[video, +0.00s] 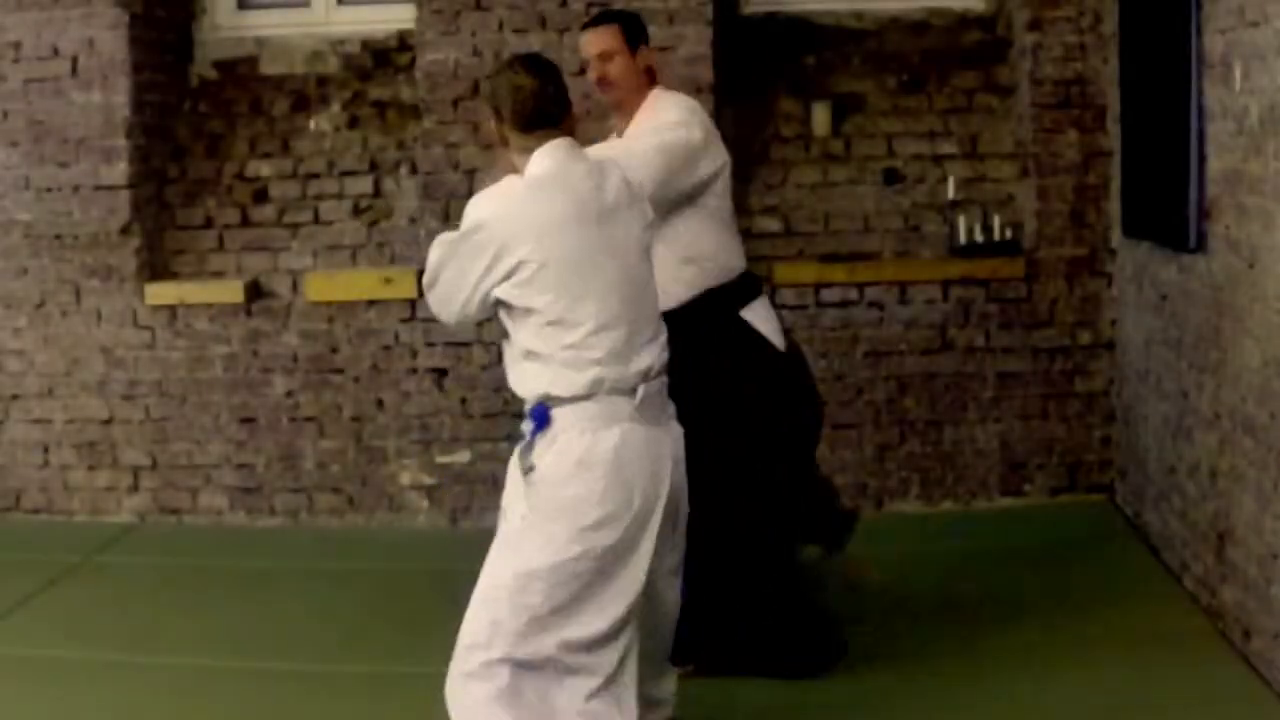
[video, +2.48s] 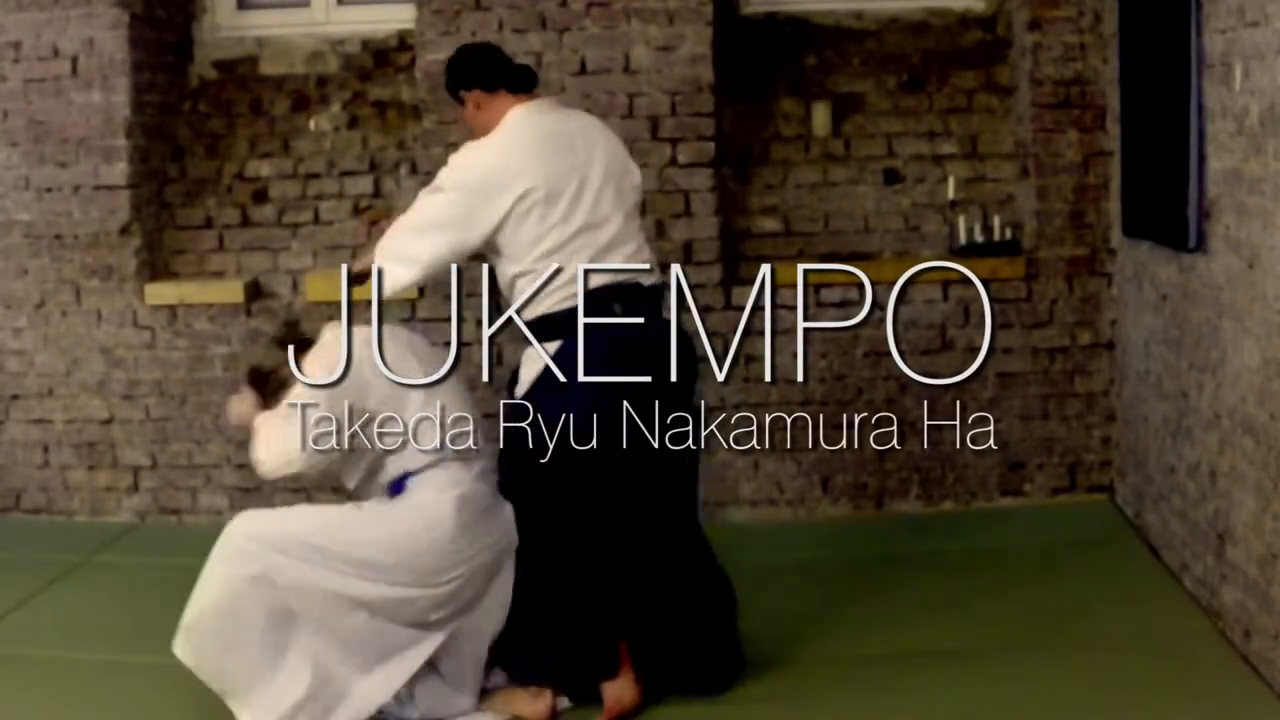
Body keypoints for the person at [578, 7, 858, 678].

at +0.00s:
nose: (596, 75)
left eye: (607, 59)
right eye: (588, 65)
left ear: (645, 59)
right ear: (590, 76)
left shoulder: (676, 120)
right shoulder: (625, 136)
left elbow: (618, 188)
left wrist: (545, 172)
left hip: (723, 332)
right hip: (676, 334)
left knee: (734, 501)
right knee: (706, 499)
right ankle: (718, 640)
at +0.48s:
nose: (593, 92)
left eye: (597, 74)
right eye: (587, 78)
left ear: (637, 58)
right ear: (642, 61)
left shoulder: (669, 124)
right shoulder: (695, 114)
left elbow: (644, 237)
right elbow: (656, 230)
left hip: (691, 318)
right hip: (722, 311)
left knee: (649, 488)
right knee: (693, 488)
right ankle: (710, 656)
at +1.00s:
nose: (566, 105)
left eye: (566, 86)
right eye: (562, 89)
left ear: (595, 71)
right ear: (630, 69)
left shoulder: (589, 154)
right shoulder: (725, 133)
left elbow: (564, 276)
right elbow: (754, 249)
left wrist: (506, 272)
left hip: (624, 355)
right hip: (723, 349)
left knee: (607, 505)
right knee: (718, 502)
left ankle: (620, 672)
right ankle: (718, 665)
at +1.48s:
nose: (540, 113)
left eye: (537, 98)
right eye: (535, 100)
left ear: (559, 80)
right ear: (600, 73)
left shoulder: (559, 153)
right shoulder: (698, 129)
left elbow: (525, 282)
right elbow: (745, 242)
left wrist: (546, 347)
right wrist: (719, 317)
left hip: (607, 344)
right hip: (702, 338)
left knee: (598, 505)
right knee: (706, 503)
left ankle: (613, 669)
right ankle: (708, 665)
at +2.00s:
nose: (501, 124)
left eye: (495, 110)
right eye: (495, 112)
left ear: (512, 94)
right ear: (554, 80)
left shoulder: (548, 152)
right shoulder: (624, 131)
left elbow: (500, 269)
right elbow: (578, 225)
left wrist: (447, 282)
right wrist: (480, 226)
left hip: (593, 349)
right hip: (661, 336)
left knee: (576, 512)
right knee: (632, 506)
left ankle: (613, 670)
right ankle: (628, 665)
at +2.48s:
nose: (465, 123)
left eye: (462, 110)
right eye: (462, 111)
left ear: (478, 98)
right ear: (523, 84)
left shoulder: (492, 157)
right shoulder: (596, 130)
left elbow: (402, 258)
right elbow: (631, 189)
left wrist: (387, 239)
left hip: (574, 336)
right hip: (652, 326)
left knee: (544, 502)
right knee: (639, 499)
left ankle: (540, 678)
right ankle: (628, 663)